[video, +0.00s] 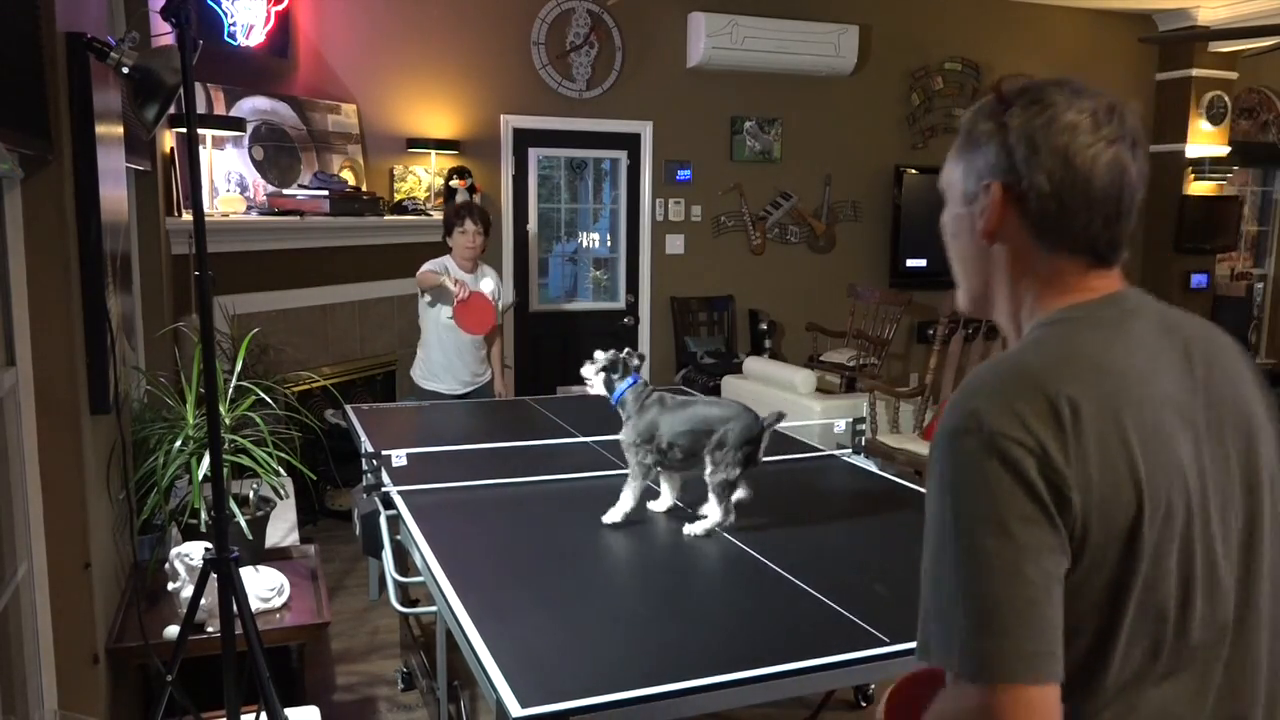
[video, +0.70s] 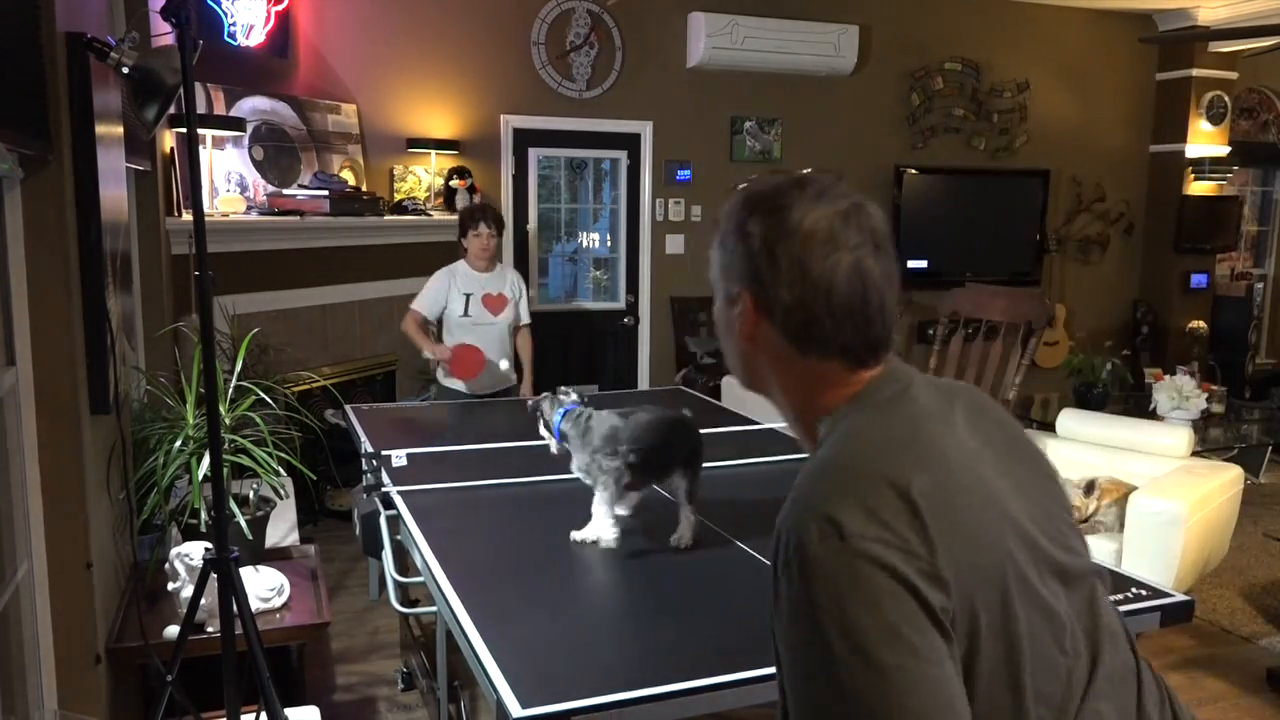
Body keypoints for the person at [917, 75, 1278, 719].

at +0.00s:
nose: (944, 228)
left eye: (948, 201)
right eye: (943, 202)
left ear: (990, 209)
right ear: (1110, 208)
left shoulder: (1004, 410)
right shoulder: (1224, 357)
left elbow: (1013, 703)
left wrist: (925, 701)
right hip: (1245, 705)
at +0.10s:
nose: (891, 265)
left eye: (896, 236)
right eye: (890, 238)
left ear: (938, 244)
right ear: (1052, 240)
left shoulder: (989, 448)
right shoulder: (1138, 374)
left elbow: (1012, 700)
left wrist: (909, 703)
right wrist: (929, 691)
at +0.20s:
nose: (810, 321)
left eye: (814, 295)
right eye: (811, 296)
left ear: (855, 305)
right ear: (960, 298)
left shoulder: (954, 491)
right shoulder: (1009, 412)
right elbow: (915, 591)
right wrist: (731, 656)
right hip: (1225, 697)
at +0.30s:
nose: (726, 384)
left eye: (734, 359)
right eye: (729, 361)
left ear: (776, 374)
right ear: (868, 362)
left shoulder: (902, 543)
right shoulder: (867, 471)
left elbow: (975, 705)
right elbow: (772, 560)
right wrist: (640, 576)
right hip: (1147, 689)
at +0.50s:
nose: (670, 392)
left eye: (670, 371)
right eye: (671, 370)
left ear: (698, 385)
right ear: (811, 354)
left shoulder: (825, 562)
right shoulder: (882, 451)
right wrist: (659, 590)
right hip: (1139, 701)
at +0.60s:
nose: (681, 346)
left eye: (683, 327)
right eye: (684, 324)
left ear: (710, 342)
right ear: (831, 305)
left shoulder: (822, 535)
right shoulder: (914, 414)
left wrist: (762, 707)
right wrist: (794, 685)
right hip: (1138, 697)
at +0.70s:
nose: (715, 317)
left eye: (719, 296)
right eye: (717, 295)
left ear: (747, 316)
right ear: (876, 292)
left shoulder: (836, 516)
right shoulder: (960, 402)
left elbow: (911, 705)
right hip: (1145, 701)